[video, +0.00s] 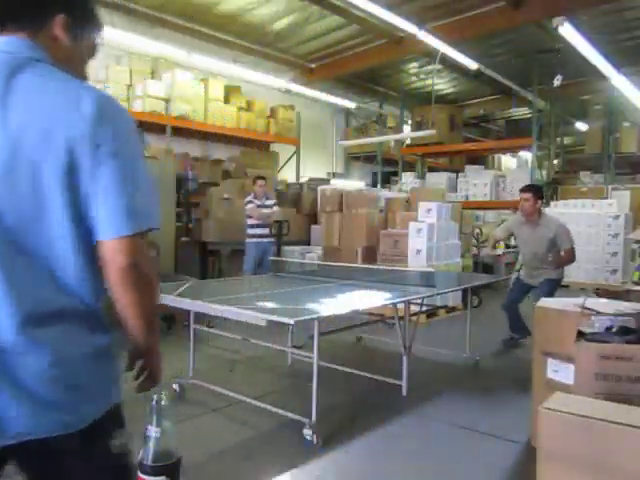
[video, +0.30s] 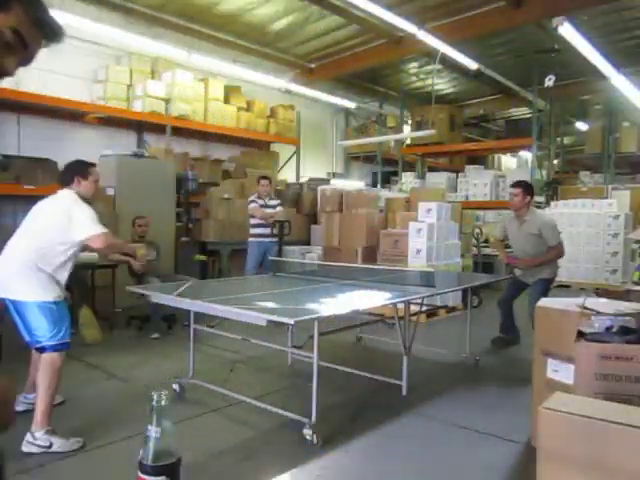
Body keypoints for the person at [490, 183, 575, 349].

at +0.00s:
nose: (521, 205)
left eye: (526, 200)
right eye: (520, 200)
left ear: (538, 203)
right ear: (519, 202)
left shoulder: (556, 227)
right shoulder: (516, 222)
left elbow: (570, 256)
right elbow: (496, 235)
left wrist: (554, 261)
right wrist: (491, 247)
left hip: (549, 274)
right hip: (527, 273)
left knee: (538, 303)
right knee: (509, 304)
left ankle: (544, 339)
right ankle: (519, 334)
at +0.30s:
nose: (511, 200)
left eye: (516, 196)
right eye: (511, 195)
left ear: (528, 199)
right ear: (511, 199)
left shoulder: (544, 222)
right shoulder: (509, 221)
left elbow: (558, 251)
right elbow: (498, 241)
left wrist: (531, 262)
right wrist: (505, 256)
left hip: (544, 272)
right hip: (522, 272)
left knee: (534, 305)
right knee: (504, 301)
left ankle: (542, 342)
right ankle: (509, 334)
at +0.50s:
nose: (500, 197)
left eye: (504, 193)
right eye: (500, 193)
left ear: (516, 196)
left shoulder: (533, 217)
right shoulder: (503, 218)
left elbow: (547, 244)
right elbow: (495, 239)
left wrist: (517, 257)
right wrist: (497, 252)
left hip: (542, 268)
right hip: (521, 268)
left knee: (541, 307)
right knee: (504, 296)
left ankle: (545, 344)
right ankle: (509, 333)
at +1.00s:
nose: (525, 212)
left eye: (529, 207)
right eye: (523, 207)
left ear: (539, 209)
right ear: (520, 209)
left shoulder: (552, 233)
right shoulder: (514, 226)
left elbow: (564, 261)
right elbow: (493, 247)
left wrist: (553, 270)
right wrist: (509, 257)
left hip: (541, 278)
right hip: (519, 278)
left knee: (539, 312)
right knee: (497, 311)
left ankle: (543, 347)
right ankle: (510, 336)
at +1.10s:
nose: (529, 209)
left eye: (534, 205)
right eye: (527, 205)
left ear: (543, 207)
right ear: (524, 206)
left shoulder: (556, 231)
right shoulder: (519, 223)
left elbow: (569, 260)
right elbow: (500, 234)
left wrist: (563, 263)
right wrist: (490, 241)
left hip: (544, 277)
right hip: (521, 276)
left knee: (538, 308)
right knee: (499, 309)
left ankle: (542, 345)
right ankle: (510, 336)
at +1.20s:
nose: (529, 201)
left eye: (534, 197)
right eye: (528, 197)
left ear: (546, 200)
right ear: (527, 199)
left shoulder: (559, 224)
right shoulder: (520, 217)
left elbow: (570, 253)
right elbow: (502, 231)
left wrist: (562, 258)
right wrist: (487, 243)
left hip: (545, 272)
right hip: (522, 270)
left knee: (542, 308)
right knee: (501, 304)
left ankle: (545, 344)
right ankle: (507, 334)